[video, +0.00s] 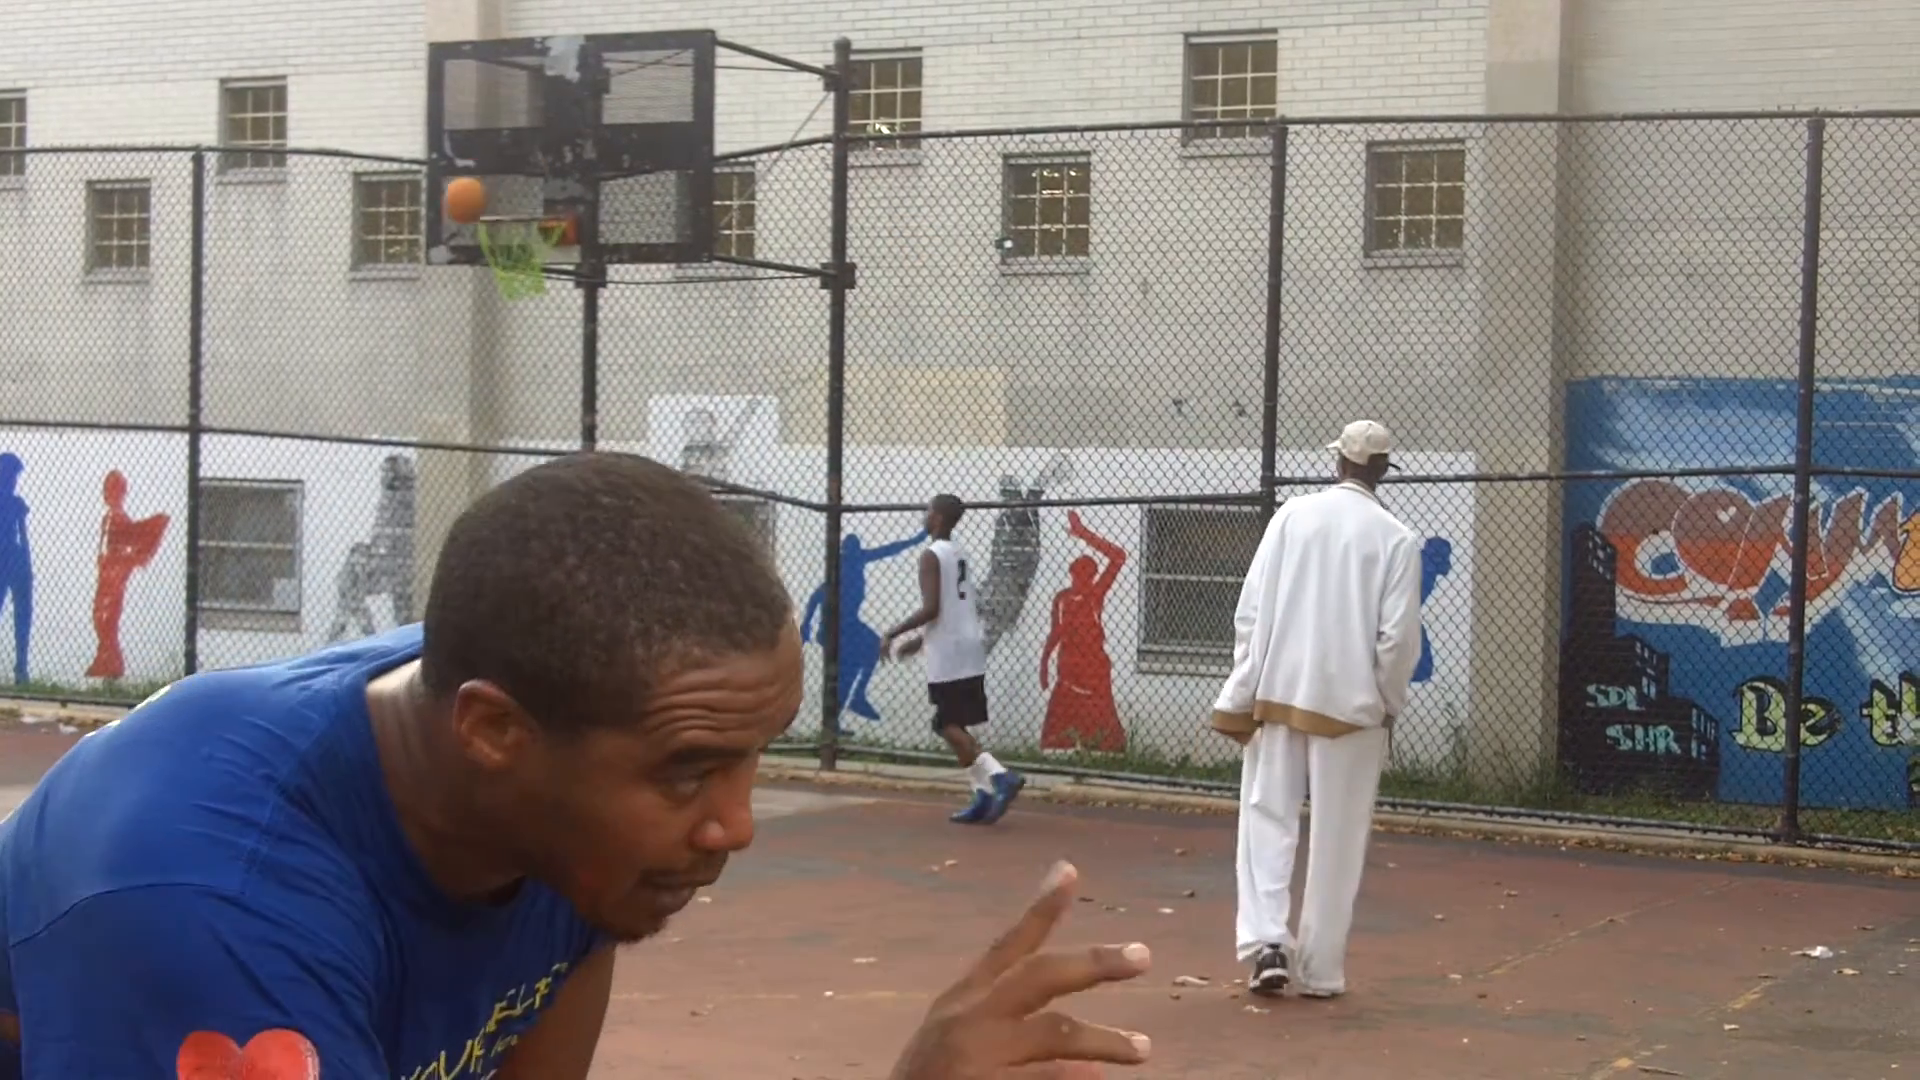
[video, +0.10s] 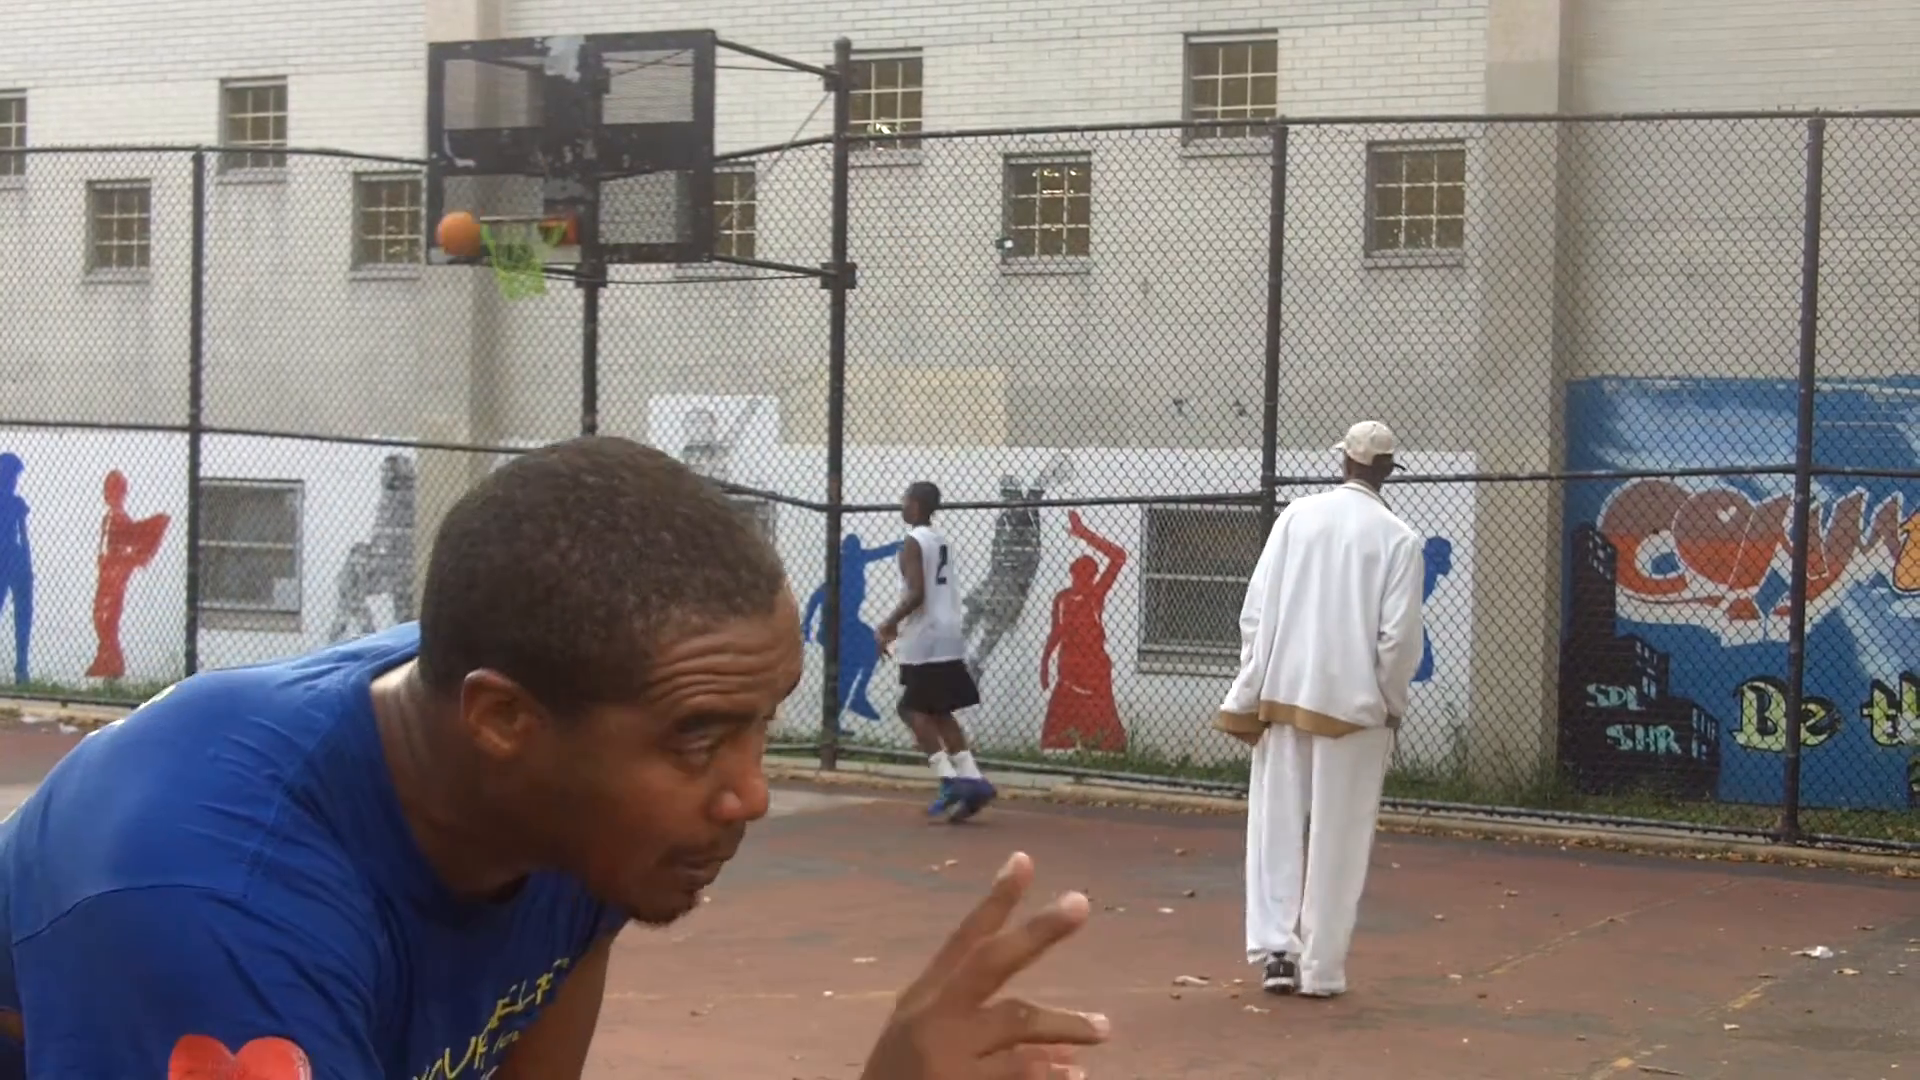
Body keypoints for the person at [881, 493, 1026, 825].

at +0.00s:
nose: (926, 517)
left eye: (930, 512)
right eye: (928, 511)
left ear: (939, 518)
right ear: (950, 521)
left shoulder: (931, 555)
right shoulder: (957, 553)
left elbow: (930, 609)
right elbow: (953, 614)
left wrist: (891, 632)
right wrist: (921, 640)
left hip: (948, 654)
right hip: (968, 650)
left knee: (947, 724)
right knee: (951, 724)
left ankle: (999, 775)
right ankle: (982, 792)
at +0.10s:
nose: (902, 505)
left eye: (906, 500)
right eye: (905, 500)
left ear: (916, 506)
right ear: (930, 509)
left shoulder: (912, 543)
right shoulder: (939, 541)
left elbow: (915, 595)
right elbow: (932, 598)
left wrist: (887, 625)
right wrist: (897, 629)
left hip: (925, 645)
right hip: (949, 643)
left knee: (912, 709)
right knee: (940, 711)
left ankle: (949, 779)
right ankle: (972, 778)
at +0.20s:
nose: (876, 515)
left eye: (879, 509)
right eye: (877, 509)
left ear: (890, 512)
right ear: (904, 514)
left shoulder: (889, 546)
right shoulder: (917, 544)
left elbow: (898, 598)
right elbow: (916, 601)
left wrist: (875, 636)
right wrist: (880, 634)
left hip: (904, 650)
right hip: (931, 648)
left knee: (876, 707)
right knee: (925, 713)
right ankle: (955, 787)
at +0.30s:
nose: (847, 533)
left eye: (851, 528)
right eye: (848, 527)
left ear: (864, 530)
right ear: (875, 531)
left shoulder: (864, 567)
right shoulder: (889, 562)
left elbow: (880, 614)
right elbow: (891, 617)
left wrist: (854, 650)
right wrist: (852, 636)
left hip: (885, 658)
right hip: (916, 656)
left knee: (843, 710)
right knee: (916, 724)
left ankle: (835, 788)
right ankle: (957, 790)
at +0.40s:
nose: (816, 542)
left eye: (817, 536)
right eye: (816, 536)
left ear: (825, 537)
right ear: (843, 535)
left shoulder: (831, 568)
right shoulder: (861, 563)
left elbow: (841, 619)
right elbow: (857, 616)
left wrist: (811, 655)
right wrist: (826, 644)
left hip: (852, 659)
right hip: (884, 657)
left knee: (819, 713)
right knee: (872, 732)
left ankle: (827, 791)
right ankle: (927, 768)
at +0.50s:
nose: (790, 544)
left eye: (791, 538)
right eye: (791, 538)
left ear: (798, 539)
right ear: (818, 538)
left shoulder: (800, 570)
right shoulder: (838, 565)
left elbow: (794, 623)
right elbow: (863, 610)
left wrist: (771, 641)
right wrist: (846, 633)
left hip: (824, 653)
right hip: (856, 651)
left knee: (798, 720)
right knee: (828, 724)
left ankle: (826, 788)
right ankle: (874, 760)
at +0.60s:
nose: (760, 536)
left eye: (762, 528)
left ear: (767, 527)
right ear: (787, 524)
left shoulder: (770, 558)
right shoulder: (809, 556)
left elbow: (780, 607)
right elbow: (838, 589)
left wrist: (765, 641)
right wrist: (826, 618)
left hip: (793, 647)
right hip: (818, 642)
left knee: (786, 718)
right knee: (794, 717)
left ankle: (821, 784)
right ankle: (810, 777)